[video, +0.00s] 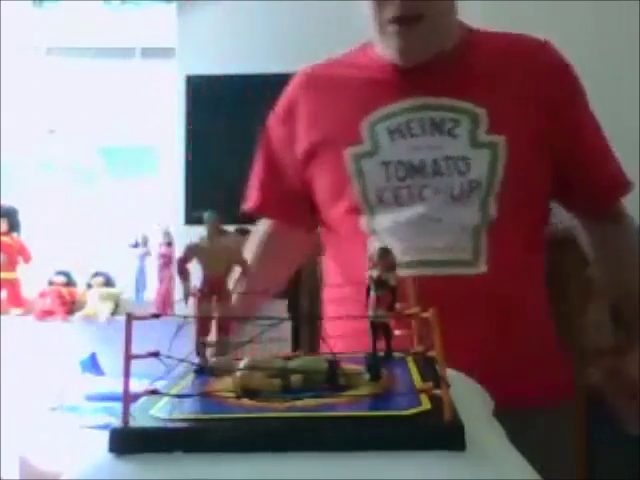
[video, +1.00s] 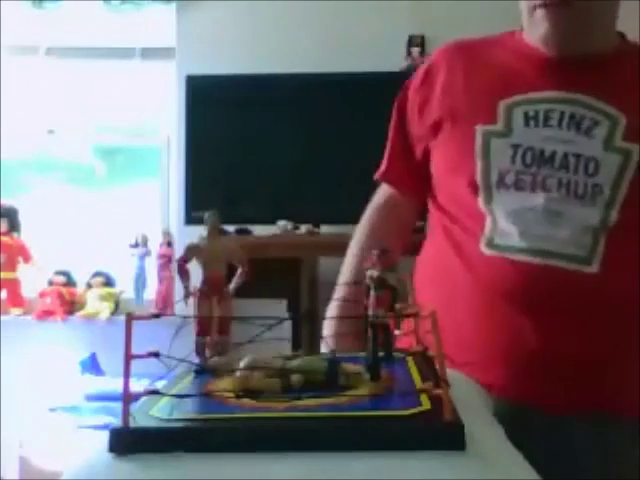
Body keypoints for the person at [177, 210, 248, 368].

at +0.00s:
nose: (211, 229)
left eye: (214, 225)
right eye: (208, 225)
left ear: (219, 226)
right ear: (205, 227)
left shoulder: (229, 248)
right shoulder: (197, 247)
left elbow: (244, 266)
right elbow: (181, 264)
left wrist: (239, 283)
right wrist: (186, 285)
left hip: (222, 284)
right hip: (205, 284)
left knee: (223, 320)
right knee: (203, 320)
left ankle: (222, 354)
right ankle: (201, 355)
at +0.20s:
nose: (211, 228)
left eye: (214, 224)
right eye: (208, 224)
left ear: (219, 225)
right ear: (204, 226)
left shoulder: (228, 245)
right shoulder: (196, 247)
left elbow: (243, 267)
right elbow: (181, 264)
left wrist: (232, 287)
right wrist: (186, 287)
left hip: (222, 284)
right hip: (205, 284)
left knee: (223, 318)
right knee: (203, 318)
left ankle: (221, 352)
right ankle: (201, 354)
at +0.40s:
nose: (211, 227)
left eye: (214, 223)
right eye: (208, 223)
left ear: (219, 224)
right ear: (204, 225)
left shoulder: (228, 245)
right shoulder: (197, 246)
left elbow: (243, 267)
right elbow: (181, 264)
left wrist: (232, 287)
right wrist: (186, 287)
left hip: (222, 285)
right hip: (205, 285)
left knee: (224, 322)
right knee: (203, 322)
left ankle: (221, 357)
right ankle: (201, 357)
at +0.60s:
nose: (211, 226)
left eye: (214, 222)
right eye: (208, 223)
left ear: (219, 224)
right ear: (204, 224)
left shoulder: (228, 245)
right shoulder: (197, 246)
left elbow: (243, 267)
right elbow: (181, 264)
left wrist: (232, 287)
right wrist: (186, 287)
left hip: (222, 285)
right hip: (205, 285)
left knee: (224, 322)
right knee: (203, 322)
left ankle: (221, 356)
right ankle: (201, 358)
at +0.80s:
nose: (211, 227)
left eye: (214, 224)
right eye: (208, 224)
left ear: (218, 225)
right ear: (204, 225)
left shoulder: (228, 245)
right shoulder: (197, 246)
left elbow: (243, 267)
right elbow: (181, 264)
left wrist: (232, 288)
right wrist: (186, 287)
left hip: (222, 286)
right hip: (205, 286)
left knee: (223, 322)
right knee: (203, 322)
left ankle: (221, 354)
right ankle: (201, 356)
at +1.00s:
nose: (211, 227)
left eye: (214, 224)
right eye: (208, 224)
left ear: (218, 225)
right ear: (205, 225)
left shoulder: (228, 245)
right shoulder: (197, 246)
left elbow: (243, 267)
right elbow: (181, 264)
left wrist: (232, 287)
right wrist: (186, 287)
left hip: (222, 285)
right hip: (205, 285)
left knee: (223, 322)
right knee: (203, 322)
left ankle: (221, 355)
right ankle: (201, 356)